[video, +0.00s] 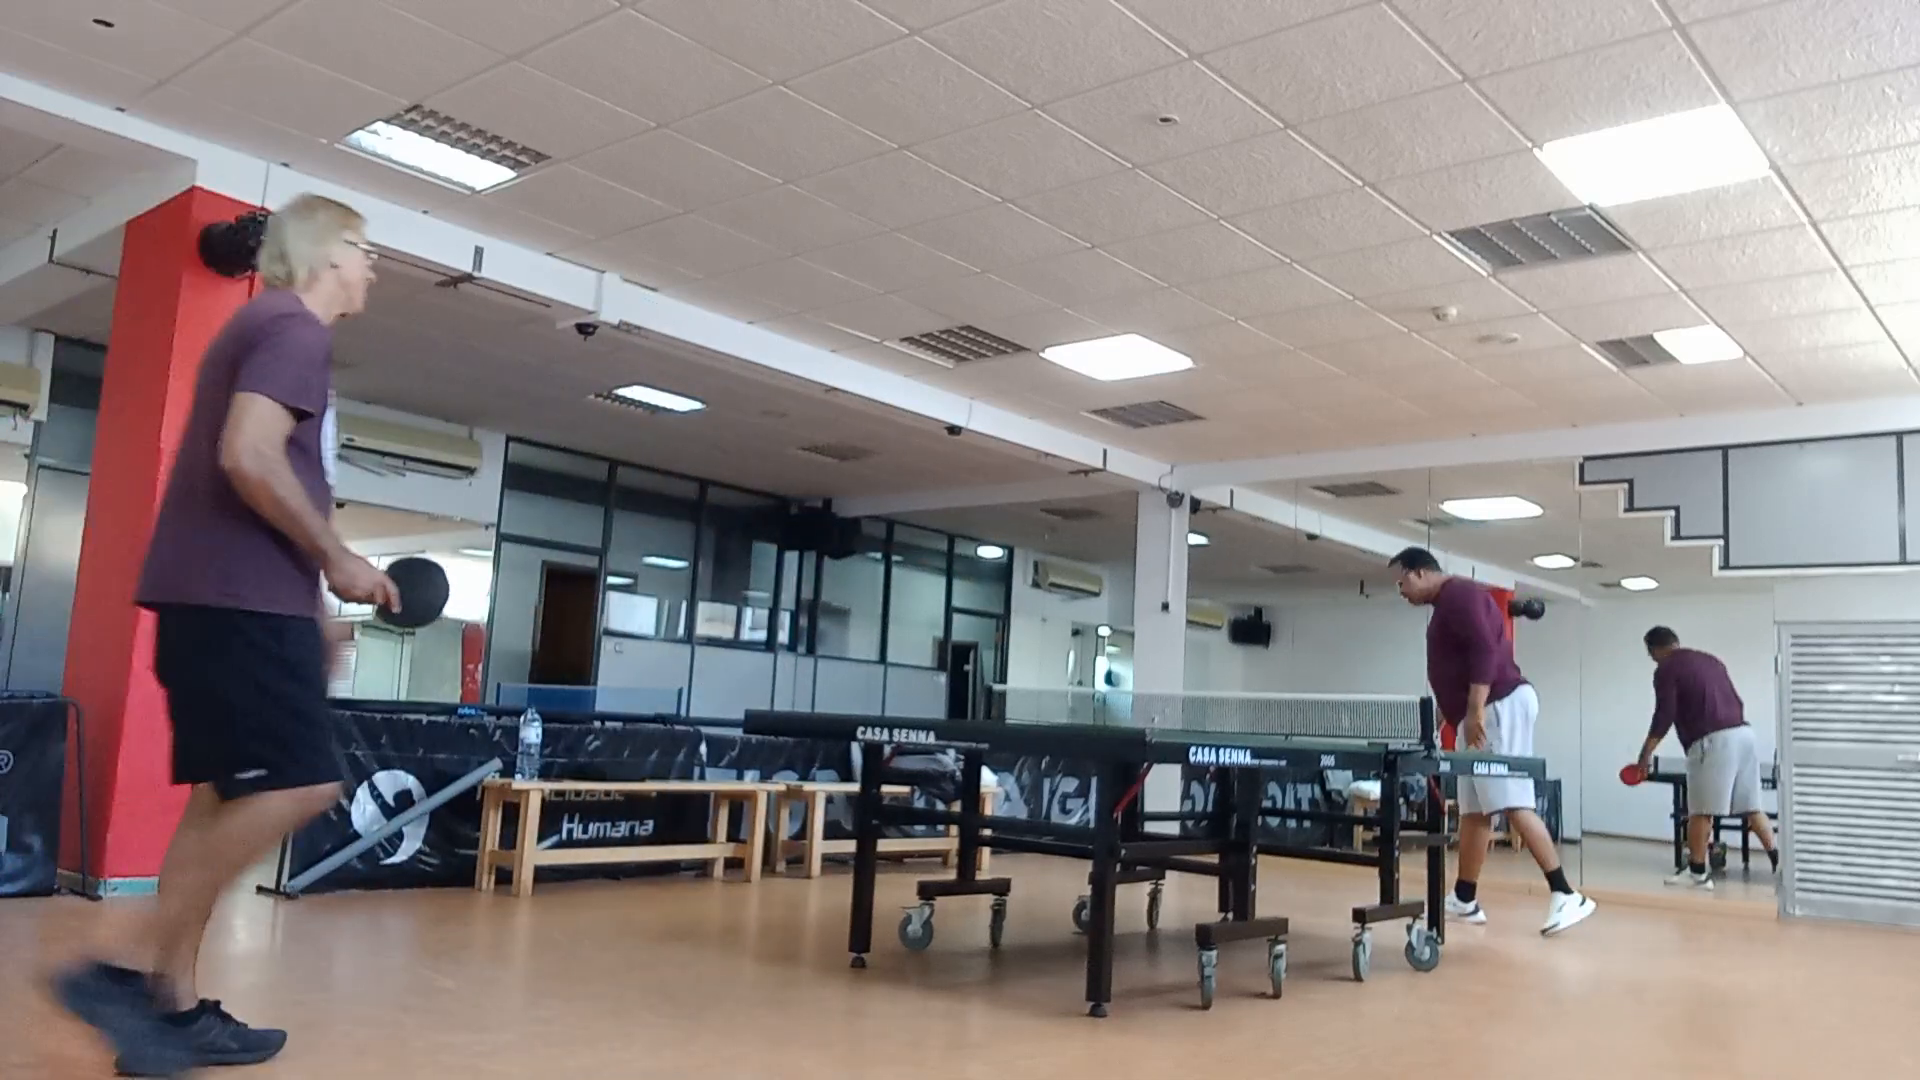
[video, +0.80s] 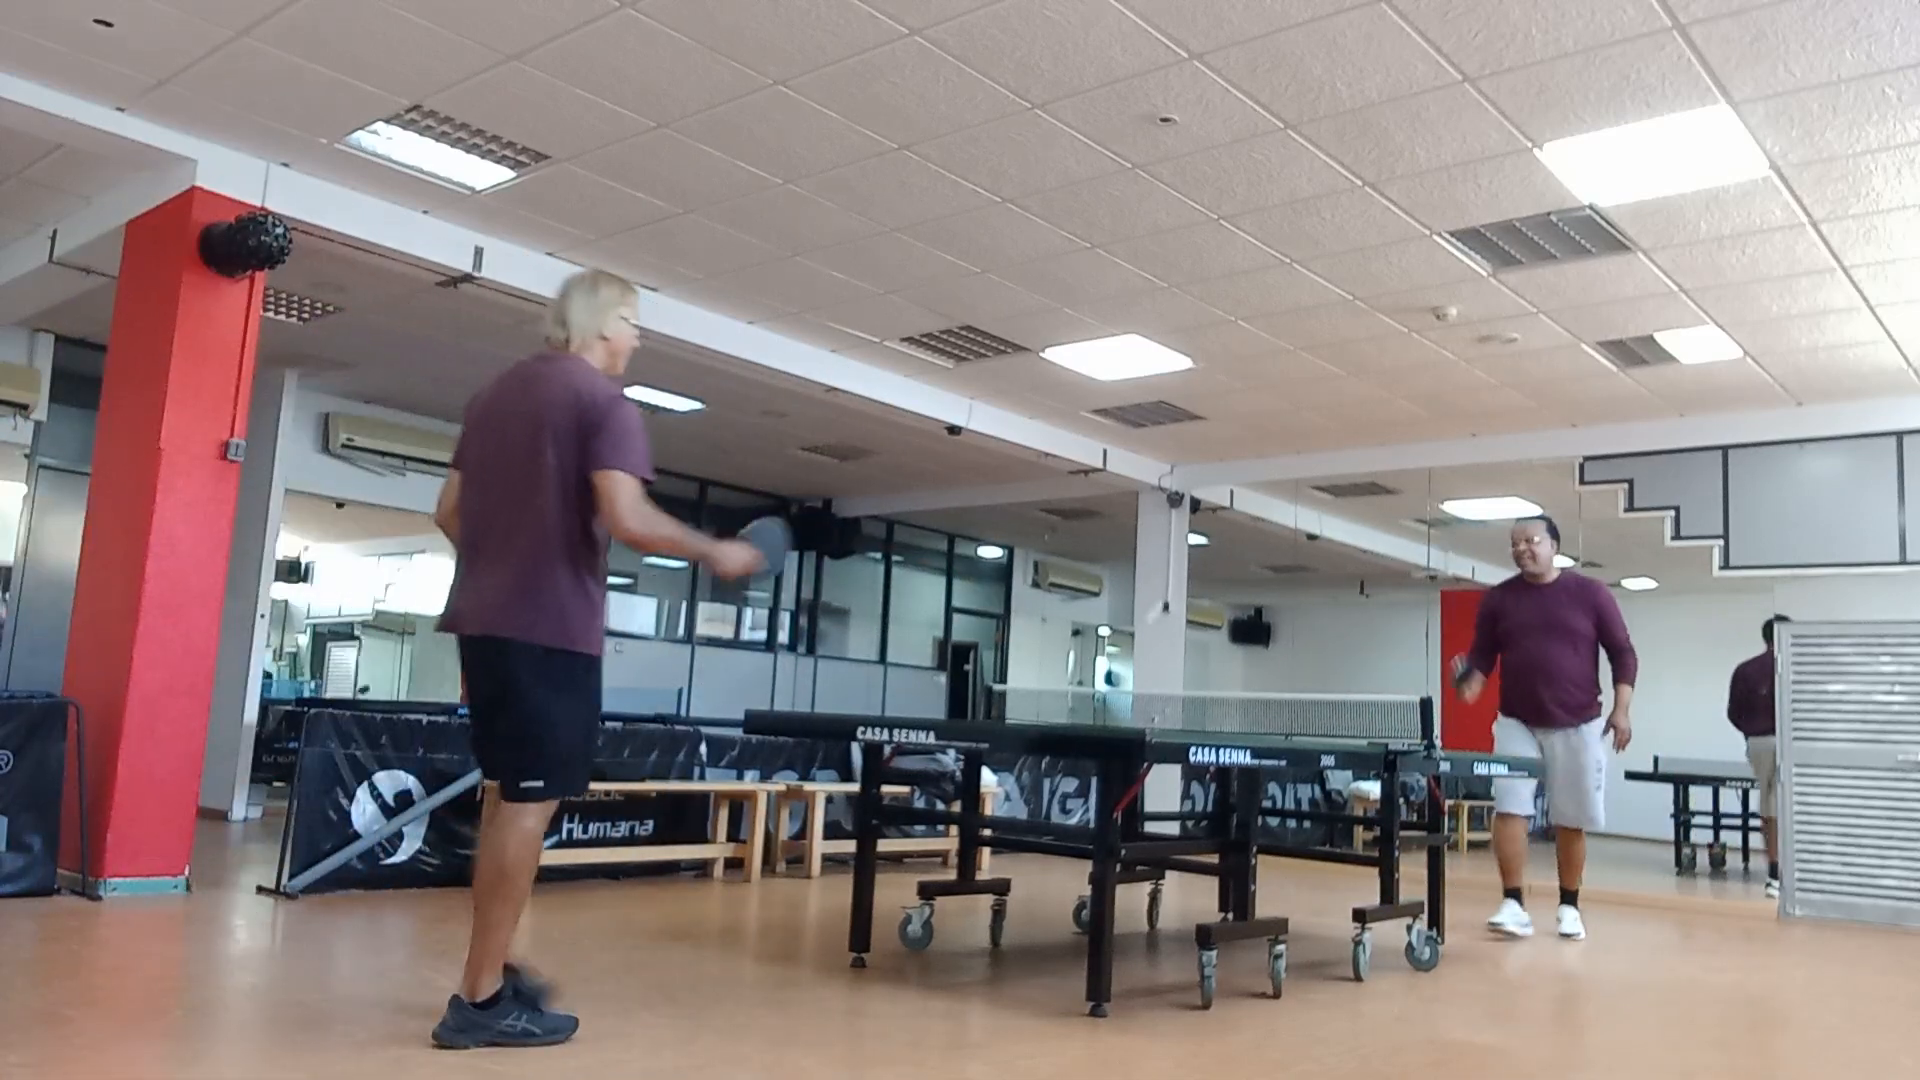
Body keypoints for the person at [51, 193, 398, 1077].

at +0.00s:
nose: (373, 275)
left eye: (370, 258)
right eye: (366, 257)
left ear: (290, 263)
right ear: (328, 260)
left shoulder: (258, 326)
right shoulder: (295, 328)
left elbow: (259, 482)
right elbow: (250, 455)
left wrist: (336, 577)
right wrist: (337, 559)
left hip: (215, 596)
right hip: (240, 599)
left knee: (223, 790)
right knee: (306, 779)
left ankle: (176, 1000)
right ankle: (123, 966)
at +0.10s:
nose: (401, 278)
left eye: (398, 264)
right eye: (392, 261)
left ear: (320, 265)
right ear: (353, 263)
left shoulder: (281, 331)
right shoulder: (329, 334)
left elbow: (284, 482)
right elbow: (282, 458)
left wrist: (373, 564)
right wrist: (372, 566)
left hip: (225, 599)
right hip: (280, 603)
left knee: (231, 785)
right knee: (355, 776)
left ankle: (169, 1009)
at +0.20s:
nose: (430, 289)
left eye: (429, 274)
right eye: (423, 272)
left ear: (353, 276)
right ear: (388, 274)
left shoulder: (311, 343)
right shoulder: (363, 345)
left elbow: (311, 493)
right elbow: (321, 468)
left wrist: (402, 544)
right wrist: (406, 571)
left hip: (259, 607)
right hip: (321, 613)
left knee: (240, 791)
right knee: (393, 787)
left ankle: (172, 1009)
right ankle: (397, 1002)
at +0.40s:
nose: (509, 315)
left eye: (507, 300)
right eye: (502, 299)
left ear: (432, 304)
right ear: (472, 306)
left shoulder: (376, 375)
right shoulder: (449, 377)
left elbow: (357, 515)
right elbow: (416, 501)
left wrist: (474, 592)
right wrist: (495, 590)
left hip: (339, 633)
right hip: (415, 639)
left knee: (307, 795)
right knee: (469, 797)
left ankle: (187, 993)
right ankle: (478, 998)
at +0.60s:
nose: (586, 334)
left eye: (586, 320)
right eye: (584, 320)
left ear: (511, 313)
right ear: (559, 320)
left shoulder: (455, 379)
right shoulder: (545, 393)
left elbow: (428, 503)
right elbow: (525, 510)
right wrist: (604, 586)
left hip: (425, 620)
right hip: (499, 629)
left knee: (437, 787)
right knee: (514, 801)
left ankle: (303, 926)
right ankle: (482, 998)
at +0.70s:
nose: (612, 336)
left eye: (611, 323)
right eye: (609, 323)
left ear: (539, 318)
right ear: (584, 323)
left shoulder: (476, 385)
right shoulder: (577, 393)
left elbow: (430, 512)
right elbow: (579, 513)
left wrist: (505, 547)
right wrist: (660, 572)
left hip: (456, 620)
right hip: (529, 627)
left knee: (481, 785)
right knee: (522, 802)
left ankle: (399, 944)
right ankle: (480, 999)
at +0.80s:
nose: (632, 348)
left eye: (633, 334)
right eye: (630, 333)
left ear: (562, 326)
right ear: (606, 331)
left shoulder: (498, 393)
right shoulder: (604, 400)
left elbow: (450, 511)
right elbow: (626, 517)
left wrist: (504, 569)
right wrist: (714, 551)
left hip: (483, 623)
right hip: (547, 629)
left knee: (506, 798)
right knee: (528, 804)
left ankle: (495, 970)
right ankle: (478, 1000)